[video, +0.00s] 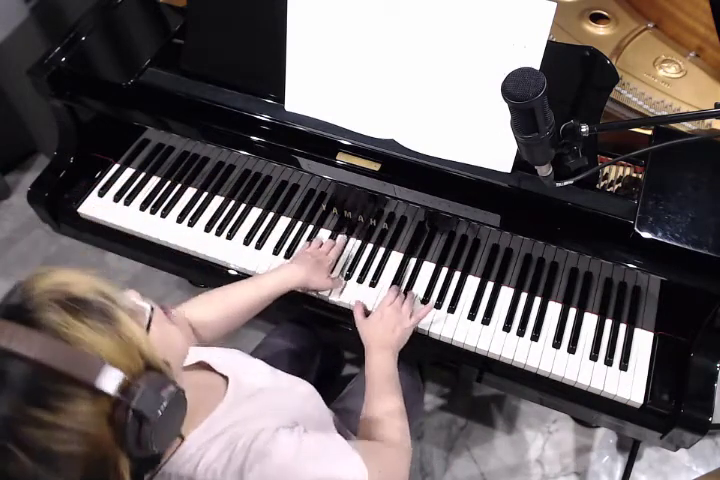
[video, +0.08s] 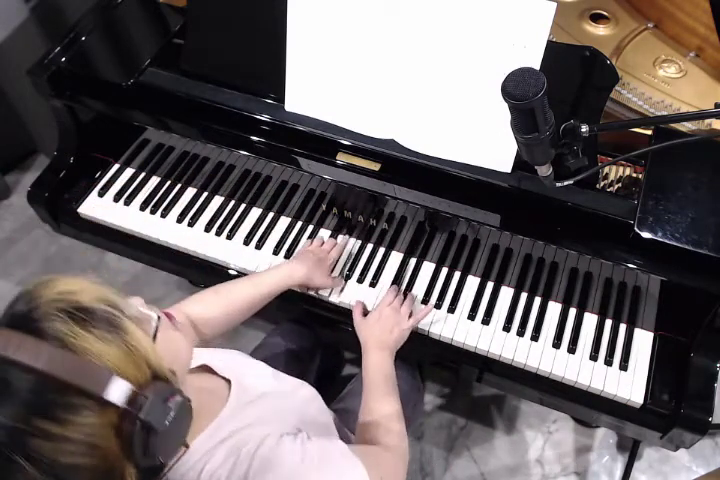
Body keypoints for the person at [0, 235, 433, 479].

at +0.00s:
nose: (151, 300)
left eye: (133, 300)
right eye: (141, 313)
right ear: (140, 378)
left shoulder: (141, 387)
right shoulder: (268, 460)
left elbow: (184, 325)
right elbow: (385, 468)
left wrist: (291, 274)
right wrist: (382, 354)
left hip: (261, 377)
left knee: (306, 310)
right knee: (397, 365)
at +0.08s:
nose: (151, 304)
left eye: (131, 305)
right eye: (142, 323)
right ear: (144, 391)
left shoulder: (142, 380)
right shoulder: (262, 462)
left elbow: (185, 324)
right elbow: (384, 466)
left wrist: (292, 272)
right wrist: (378, 352)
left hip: (260, 374)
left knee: (309, 310)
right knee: (398, 369)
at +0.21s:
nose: (168, 317)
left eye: (147, 317)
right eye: (154, 334)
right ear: (152, 397)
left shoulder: (150, 373)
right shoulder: (262, 463)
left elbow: (188, 312)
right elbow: (380, 467)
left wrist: (297, 263)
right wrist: (374, 349)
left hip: (262, 374)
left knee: (308, 318)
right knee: (397, 368)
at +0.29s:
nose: (170, 320)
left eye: (150, 322)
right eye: (159, 339)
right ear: (162, 406)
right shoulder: (264, 464)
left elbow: (189, 308)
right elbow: (381, 466)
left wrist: (300, 259)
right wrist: (372, 348)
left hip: (261, 373)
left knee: (305, 322)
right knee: (399, 368)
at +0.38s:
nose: (170, 320)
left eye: (150, 321)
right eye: (159, 338)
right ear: (162, 406)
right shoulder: (265, 464)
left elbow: (189, 308)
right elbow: (381, 466)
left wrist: (300, 259)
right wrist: (372, 348)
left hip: (262, 373)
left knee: (304, 322)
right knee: (399, 368)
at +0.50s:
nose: (191, 333)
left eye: (174, 333)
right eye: (187, 348)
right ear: (183, 407)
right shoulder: (278, 469)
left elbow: (207, 298)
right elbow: (378, 465)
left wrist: (306, 244)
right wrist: (366, 343)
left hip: (258, 372)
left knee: (301, 328)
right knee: (397, 369)